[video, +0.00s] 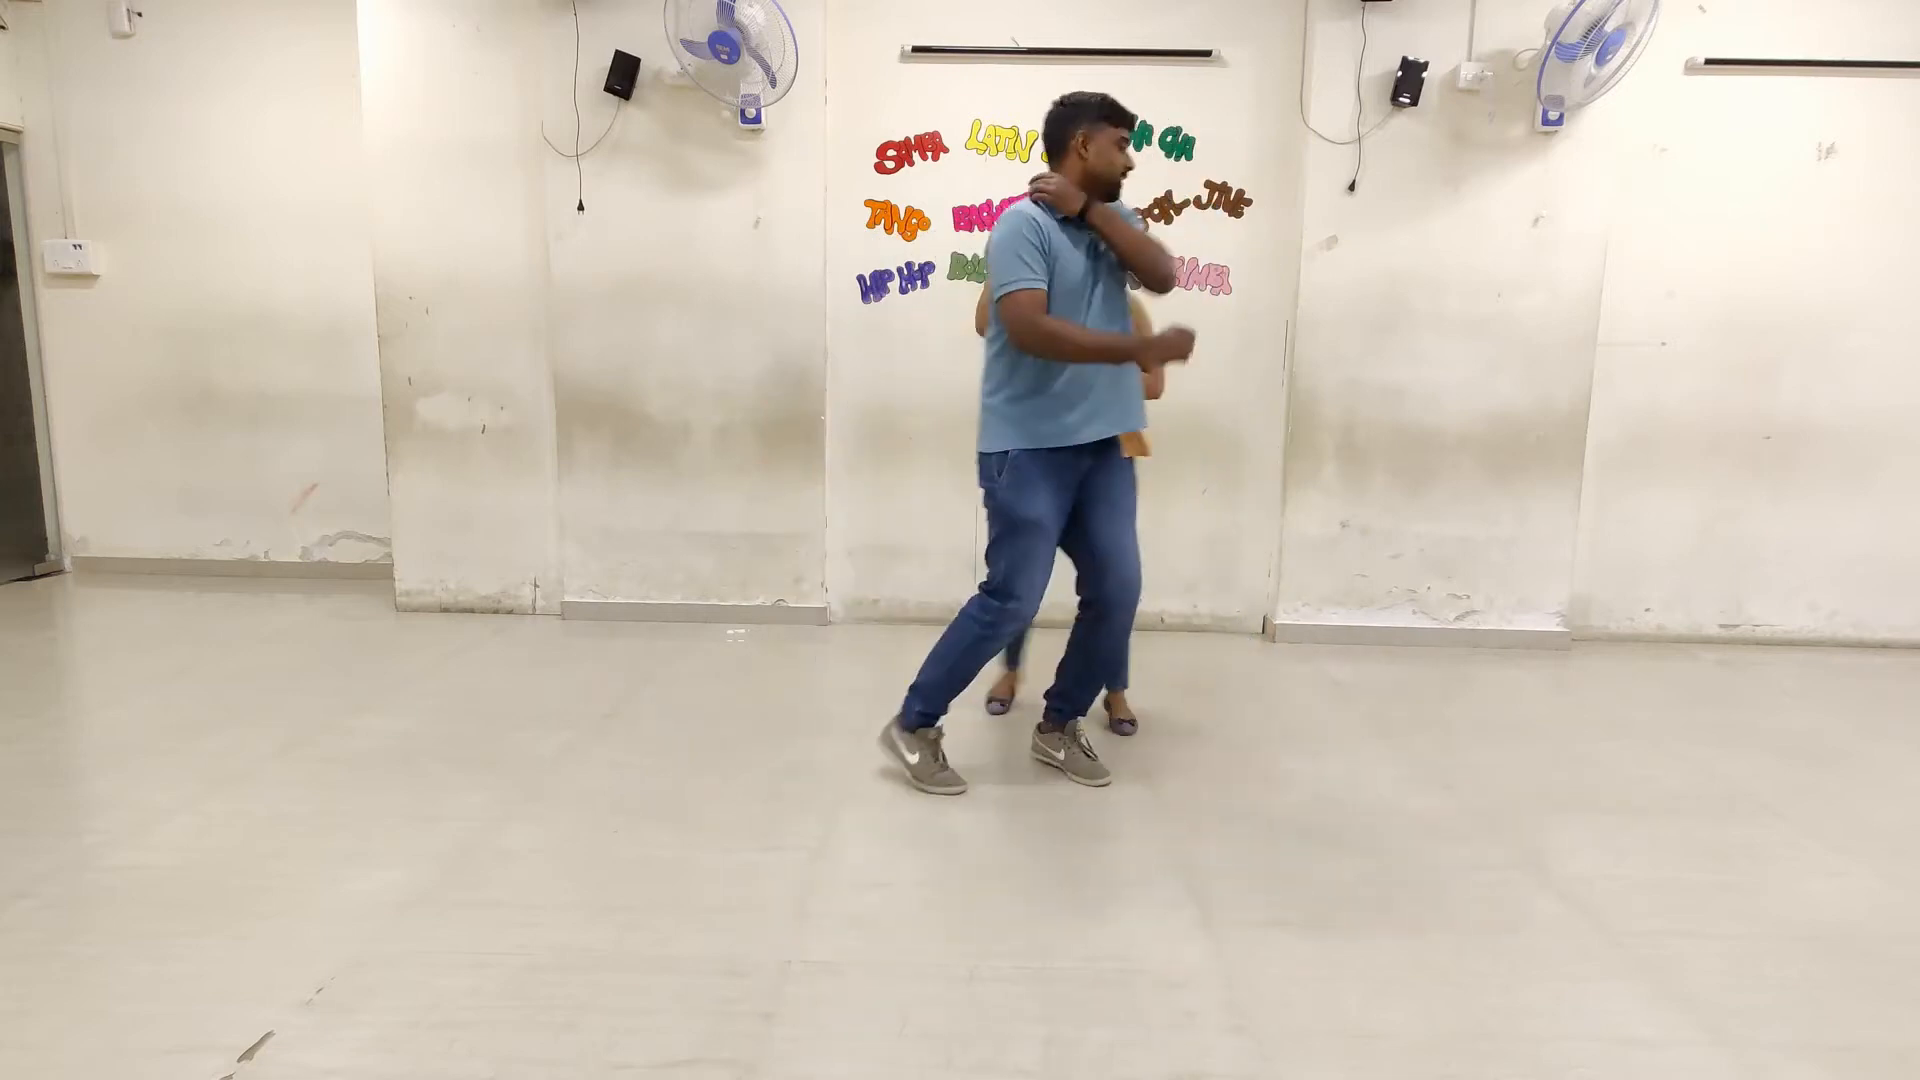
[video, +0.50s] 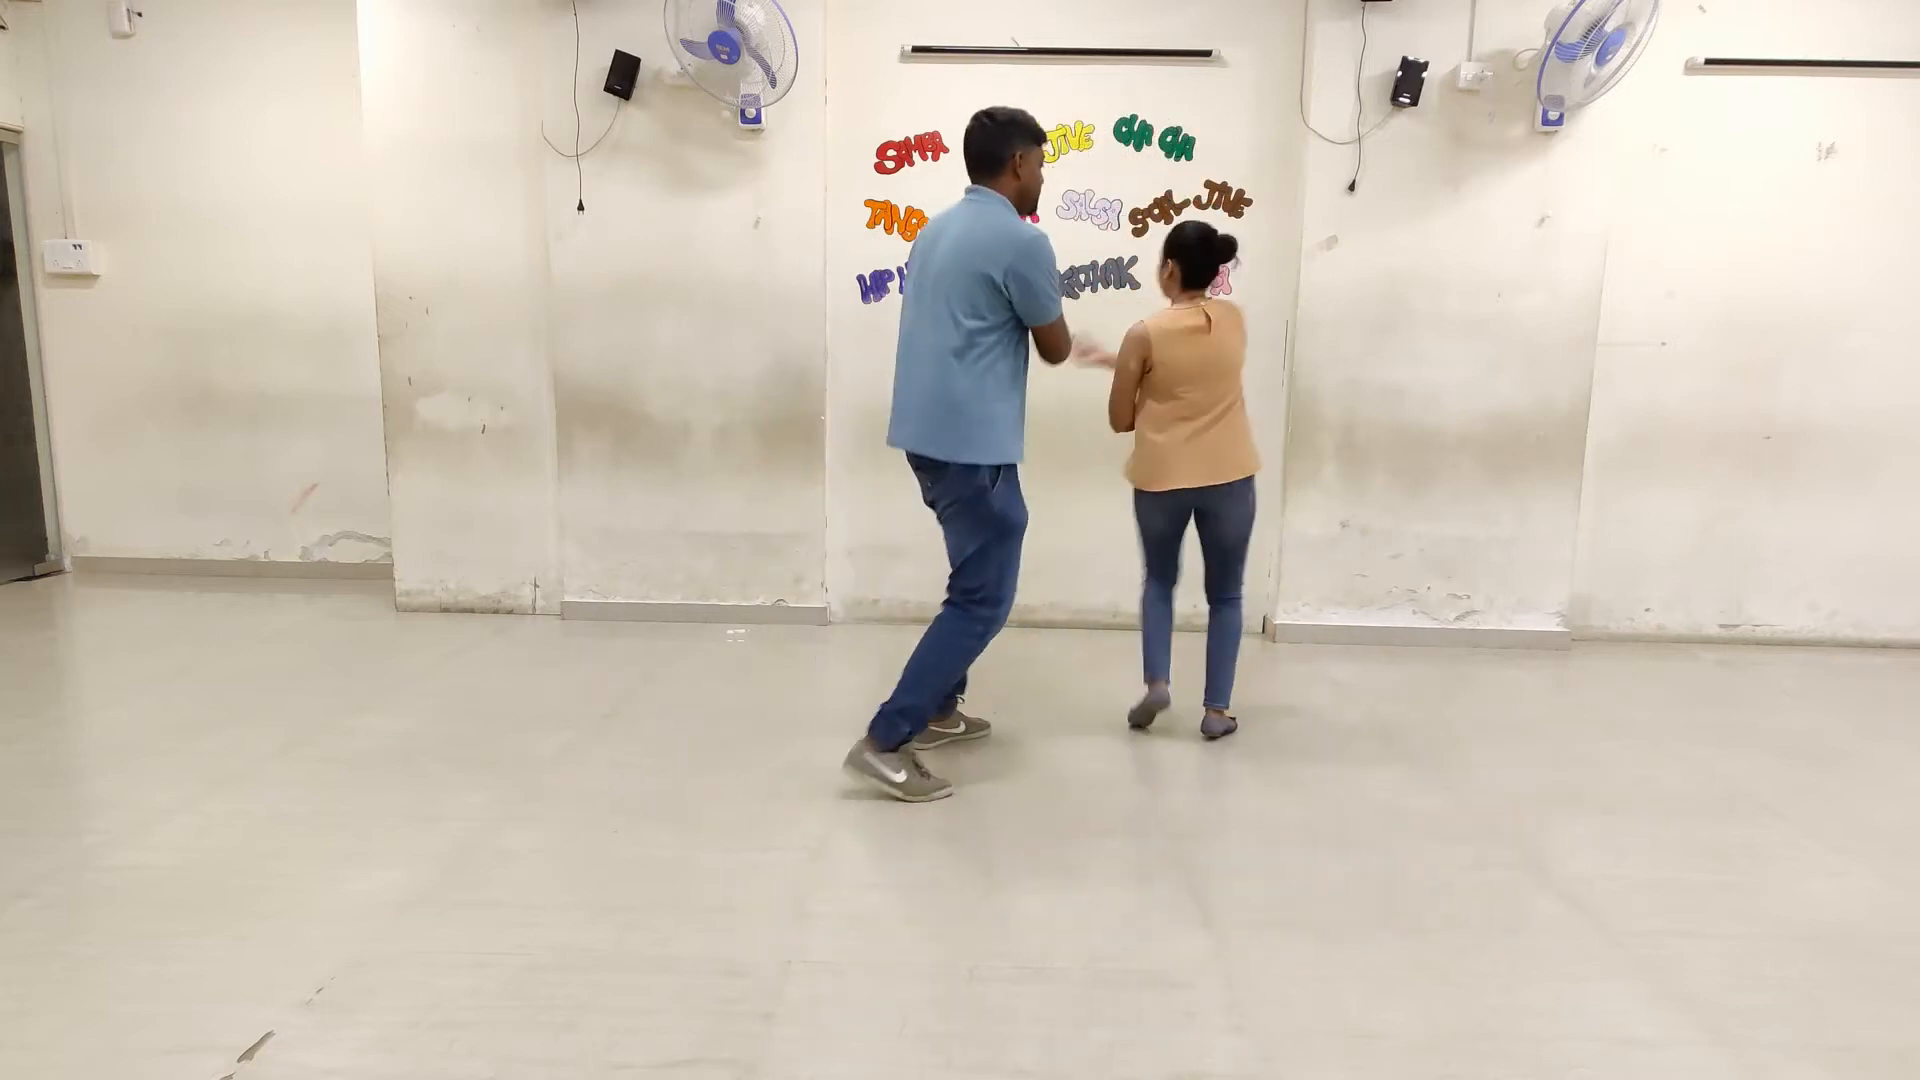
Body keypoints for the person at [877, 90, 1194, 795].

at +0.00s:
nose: (1130, 157)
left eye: (1130, 146)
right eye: (1120, 144)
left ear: (1088, 152)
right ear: (1078, 146)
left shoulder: (1114, 227)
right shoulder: (1021, 224)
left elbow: (1164, 275)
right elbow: (1026, 328)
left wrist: (1086, 207)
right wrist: (1139, 347)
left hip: (1102, 446)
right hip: (1026, 446)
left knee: (1118, 589)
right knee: (1014, 597)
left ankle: (1058, 724)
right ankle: (913, 725)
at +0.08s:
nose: (1104, 169)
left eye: (1103, 156)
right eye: (1098, 155)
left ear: (1057, 153)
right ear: (1066, 150)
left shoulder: (1069, 234)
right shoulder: (1017, 222)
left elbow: (1110, 320)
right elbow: (1025, 324)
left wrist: (1103, 262)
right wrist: (1128, 333)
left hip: (1058, 452)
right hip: (1001, 452)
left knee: (1102, 581)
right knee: (995, 603)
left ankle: (1055, 728)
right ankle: (895, 736)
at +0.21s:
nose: (1077, 178)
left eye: (1074, 164)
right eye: (1072, 163)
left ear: (1021, 163)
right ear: (1050, 161)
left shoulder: (1008, 228)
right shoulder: (1015, 232)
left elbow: (1047, 344)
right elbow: (1043, 352)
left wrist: (1064, 284)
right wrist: (1106, 334)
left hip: (1013, 458)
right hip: (985, 461)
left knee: (1076, 573)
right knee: (986, 612)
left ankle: (1038, 725)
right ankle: (885, 744)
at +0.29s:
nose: (1055, 189)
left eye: (1054, 175)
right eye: (1053, 175)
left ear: (992, 175)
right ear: (1032, 174)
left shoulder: (958, 239)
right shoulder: (1020, 250)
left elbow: (962, 348)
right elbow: (1054, 370)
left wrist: (1045, 345)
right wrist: (1070, 345)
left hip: (957, 456)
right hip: (980, 468)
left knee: (1047, 575)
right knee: (985, 623)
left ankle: (995, 717)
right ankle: (880, 751)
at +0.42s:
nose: (1043, 178)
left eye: (1041, 165)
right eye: (1038, 165)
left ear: (980, 170)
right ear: (1016, 169)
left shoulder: (940, 233)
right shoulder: (1022, 247)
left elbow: (961, 334)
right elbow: (1054, 357)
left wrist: (1043, 352)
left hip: (927, 439)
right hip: (976, 451)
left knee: (1001, 569)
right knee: (976, 602)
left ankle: (942, 707)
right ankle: (879, 749)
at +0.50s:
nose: (1044, 175)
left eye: (1042, 162)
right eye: (1039, 163)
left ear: (980, 167)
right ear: (1018, 165)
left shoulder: (938, 228)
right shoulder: (1020, 241)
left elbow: (966, 327)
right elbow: (1056, 349)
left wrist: (1070, 349)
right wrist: (1035, 306)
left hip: (923, 432)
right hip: (974, 443)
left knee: (974, 576)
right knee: (982, 600)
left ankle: (939, 708)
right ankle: (884, 743)